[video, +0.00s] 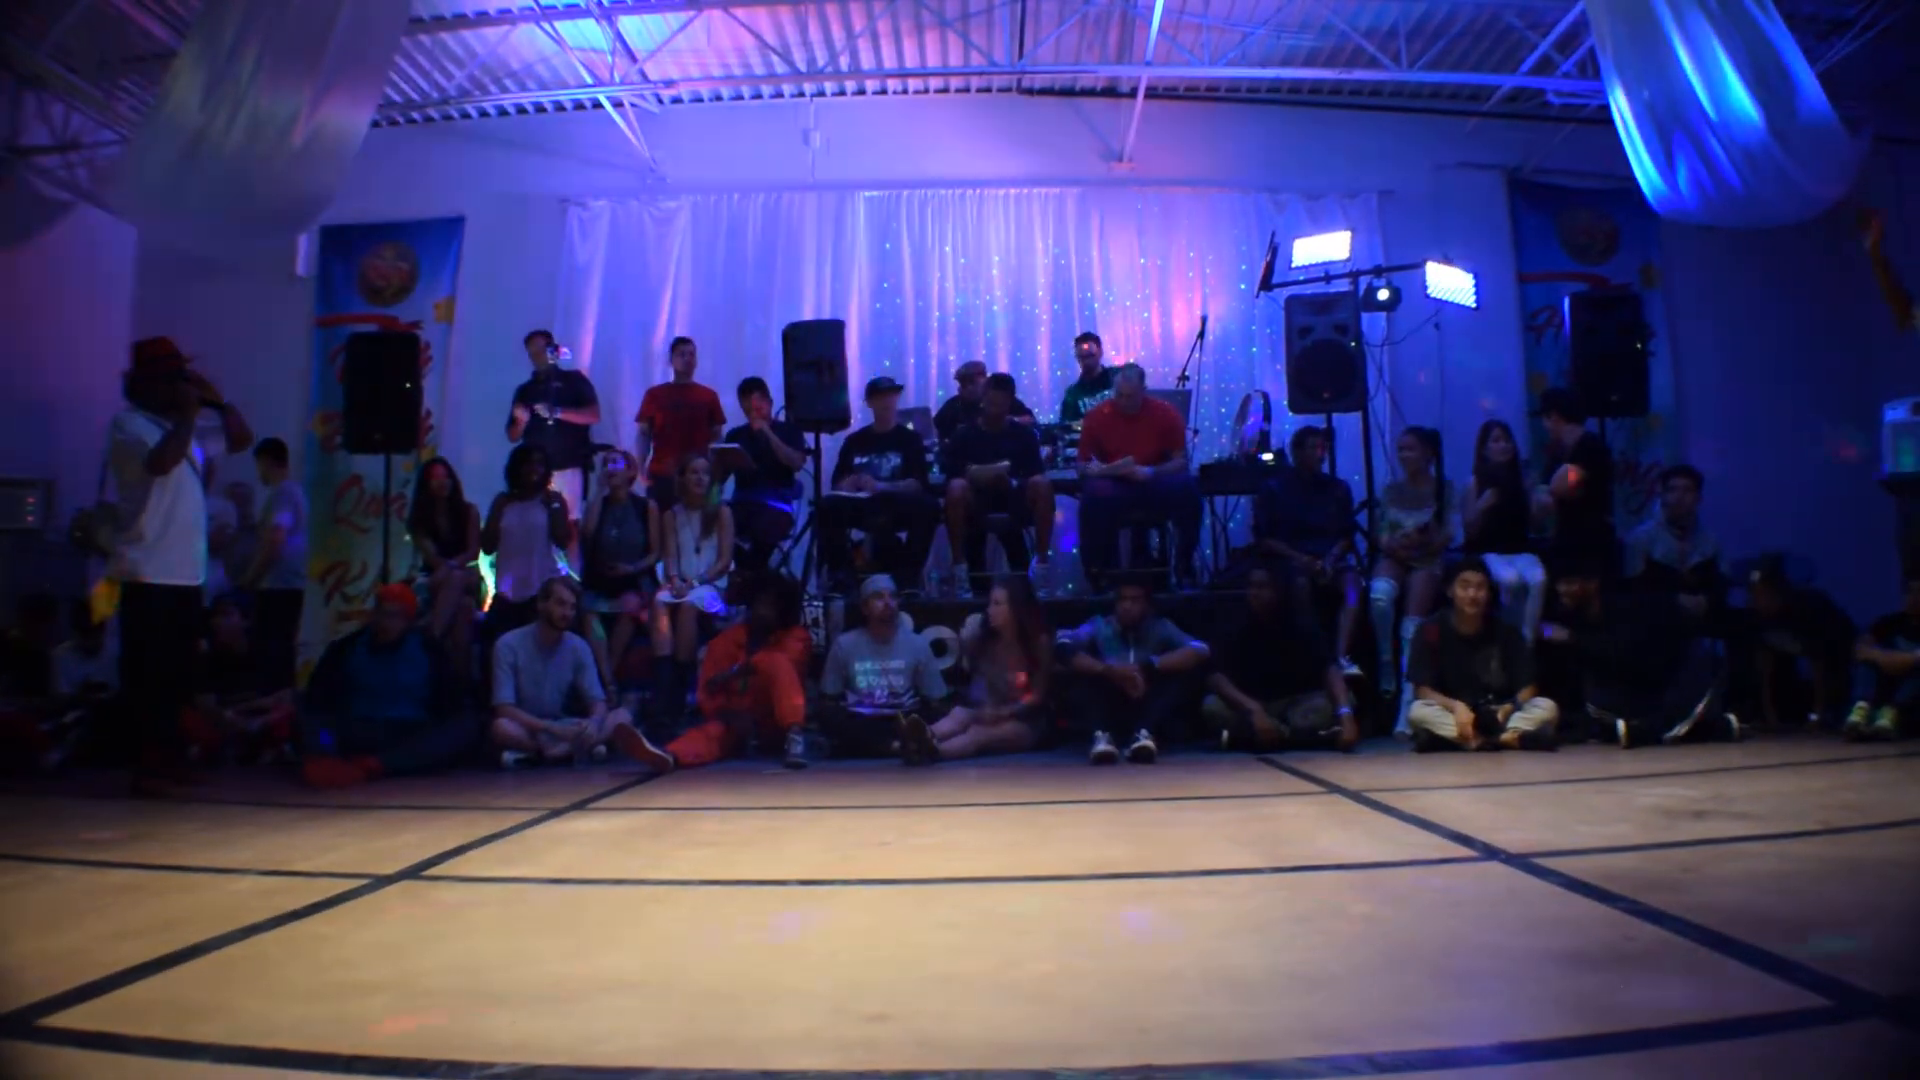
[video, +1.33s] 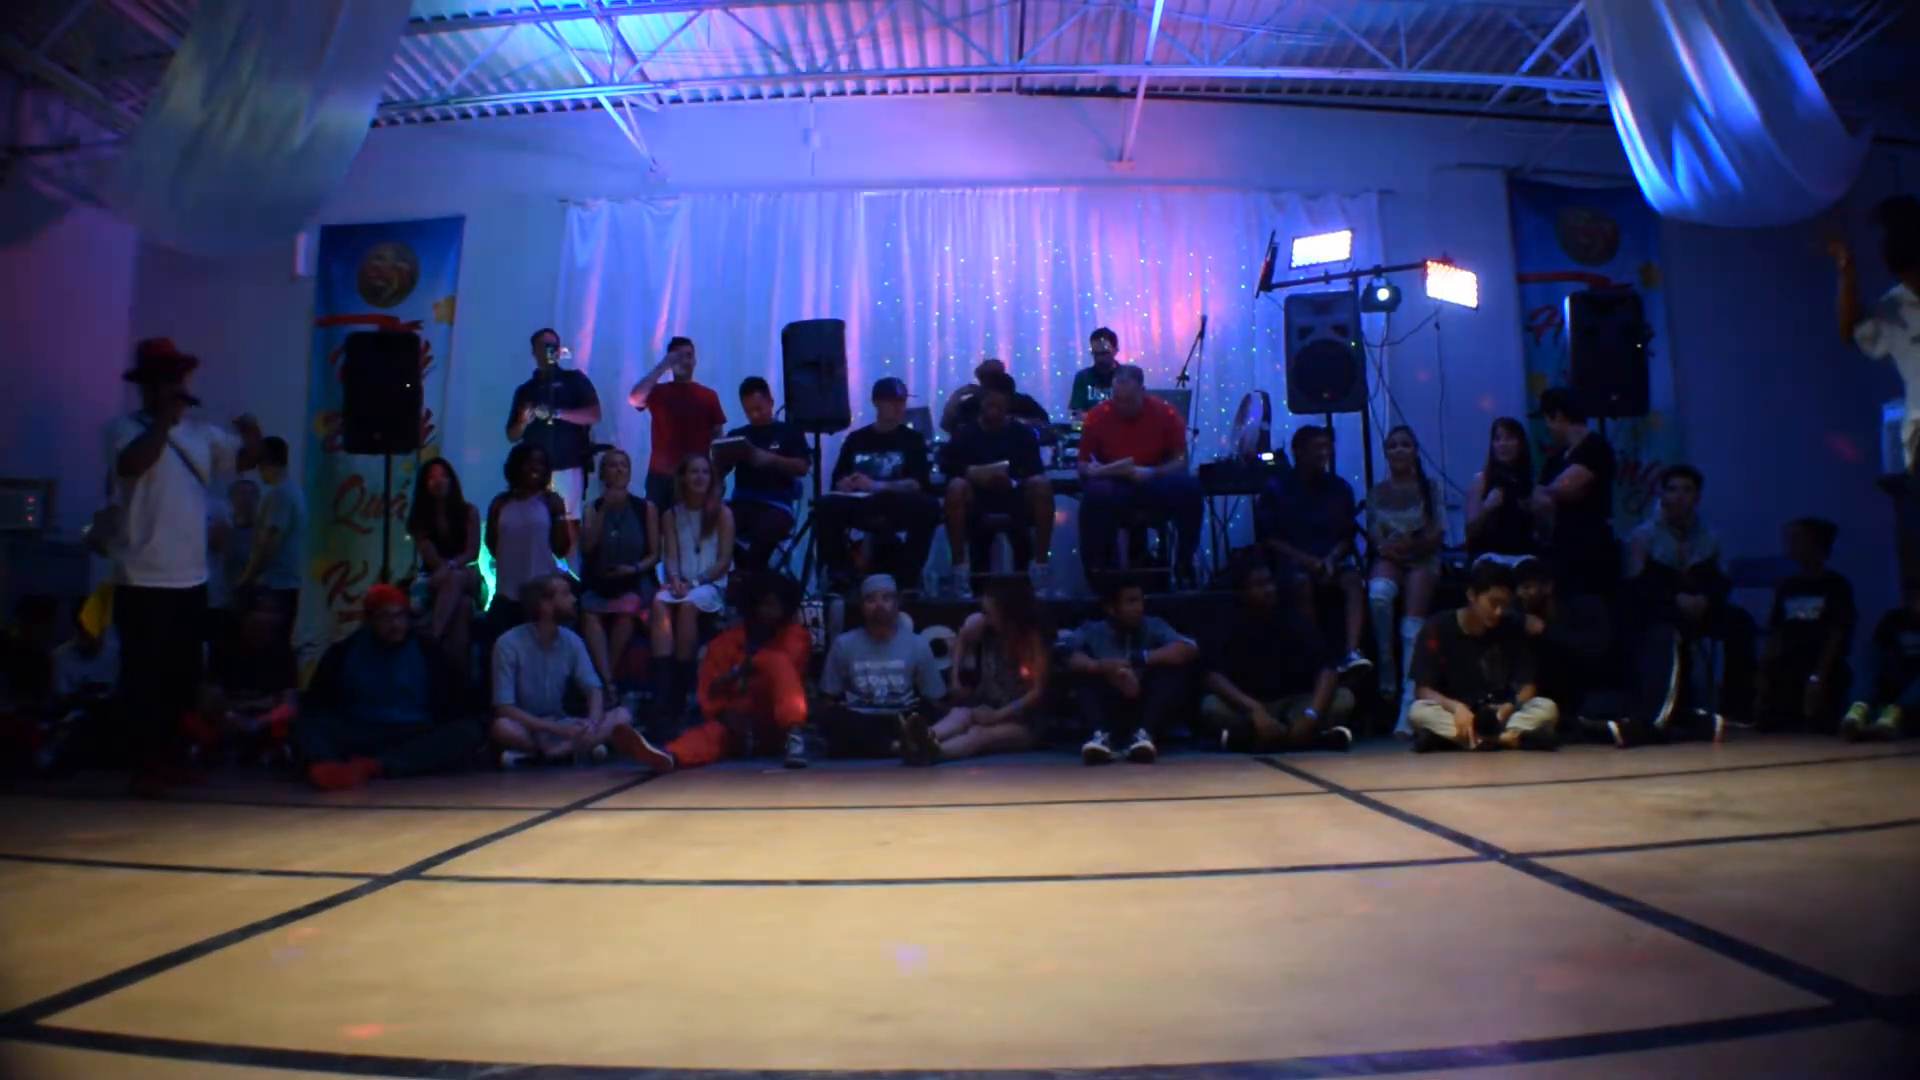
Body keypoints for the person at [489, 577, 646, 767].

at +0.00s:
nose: (567, 613)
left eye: (572, 607)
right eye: (561, 604)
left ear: (576, 610)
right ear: (542, 605)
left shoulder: (578, 647)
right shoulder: (509, 645)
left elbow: (598, 702)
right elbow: (504, 708)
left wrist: (593, 725)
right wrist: (555, 729)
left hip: (566, 722)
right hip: (528, 723)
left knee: (622, 716)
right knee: (502, 728)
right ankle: (576, 748)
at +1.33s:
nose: (573, 599)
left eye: (571, 593)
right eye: (566, 594)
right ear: (544, 604)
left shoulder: (572, 641)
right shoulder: (509, 643)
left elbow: (594, 689)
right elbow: (504, 706)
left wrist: (593, 722)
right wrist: (556, 729)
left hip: (563, 720)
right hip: (528, 722)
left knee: (623, 715)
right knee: (502, 728)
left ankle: (557, 751)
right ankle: (579, 747)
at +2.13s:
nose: (542, 592)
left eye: (542, 586)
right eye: (533, 588)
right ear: (513, 600)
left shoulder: (557, 633)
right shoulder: (494, 645)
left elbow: (574, 680)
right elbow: (503, 705)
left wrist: (587, 721)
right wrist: (556, 725)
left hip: (561, 710)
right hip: (525, 716)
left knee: (615, 701)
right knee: (504, 726)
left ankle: (554, 749)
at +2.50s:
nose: (550, 593)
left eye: (550, 587)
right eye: (541, 589)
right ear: (520, 600)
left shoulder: (564, 637)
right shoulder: (500, 644)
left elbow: (589, 685)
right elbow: (503, 705)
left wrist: (592, 723)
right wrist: (554, 728)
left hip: (563, 717)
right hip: (525, 719)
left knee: (620, 712)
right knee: (503, 726)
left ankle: (555, 750)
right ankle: (580, 748)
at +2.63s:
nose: (555, 596)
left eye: (555, 590)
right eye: (545, 591)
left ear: (559, 594)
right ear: (524, 602)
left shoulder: (568, 640)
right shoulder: (503, 645)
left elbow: (596, 687)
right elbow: (504, 706)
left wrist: (595, 723)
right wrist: (556, 728)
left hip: (562, 719)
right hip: (526, 721)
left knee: (619, 714)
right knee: (504, 727)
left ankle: (546, 754)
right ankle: (582, 748)